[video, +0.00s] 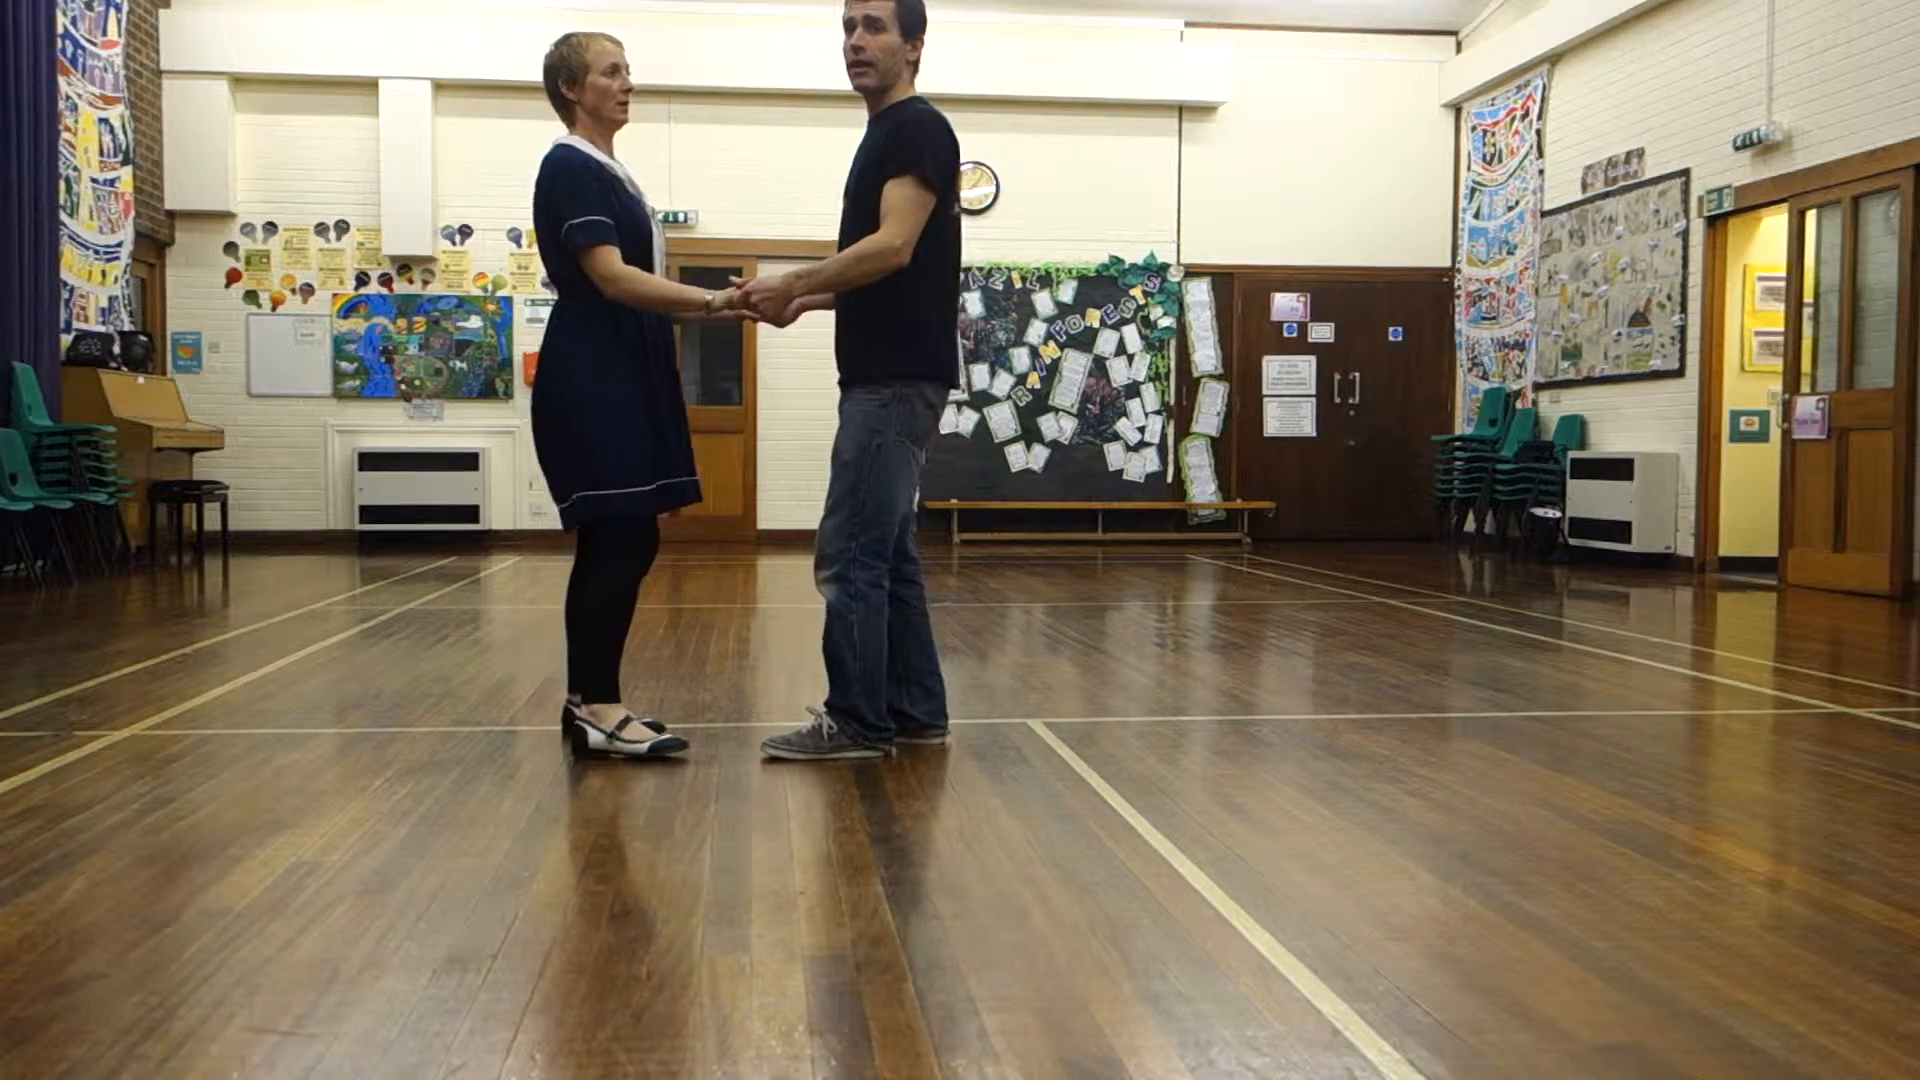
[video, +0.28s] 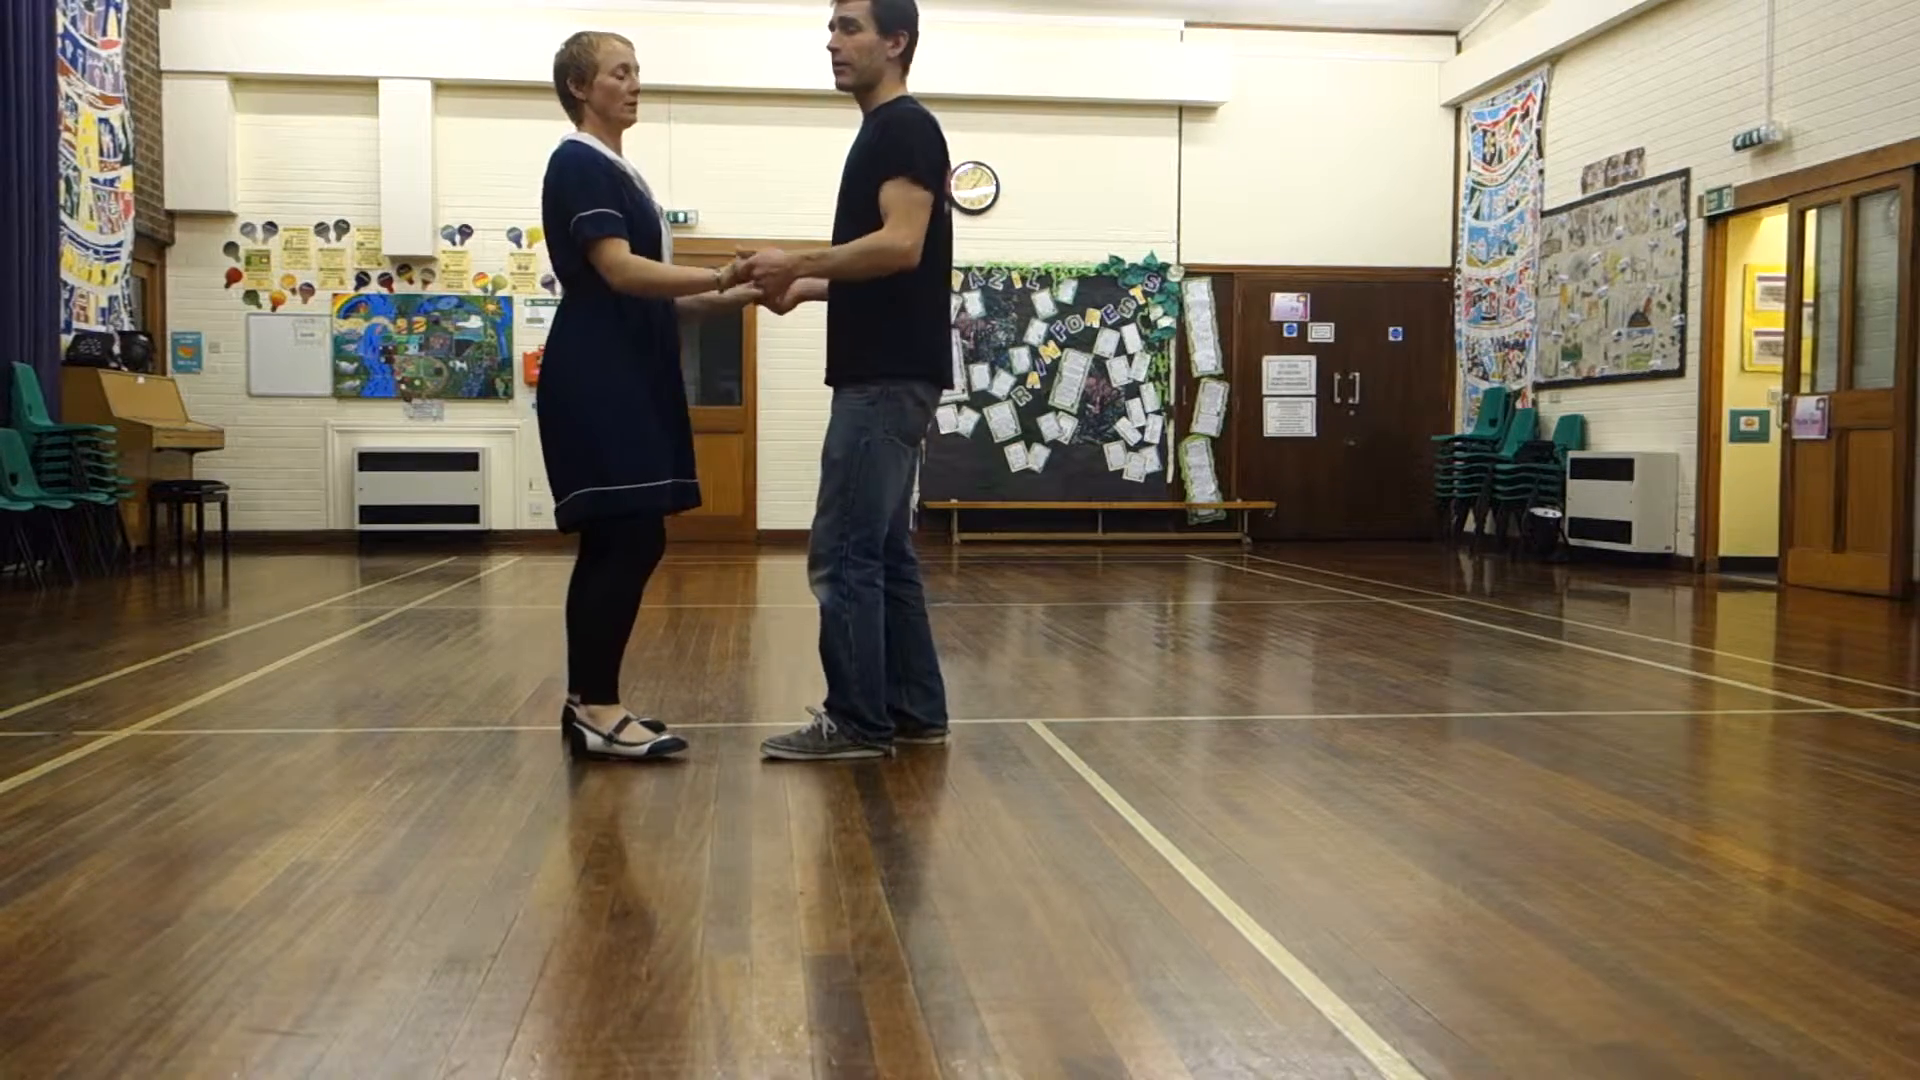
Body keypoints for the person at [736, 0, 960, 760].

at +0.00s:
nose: (855, 42)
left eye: (873, 27)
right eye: (848, 29)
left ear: (913, 45)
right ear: (845, 40)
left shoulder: (915, 127)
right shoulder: (885, 134)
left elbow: (894, 245)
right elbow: (872, 256)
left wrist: (796, 285)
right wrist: (799, 289)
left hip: (897, 378)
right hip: (883, 376)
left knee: (850, 553)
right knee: (887, 551)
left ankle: (855, 721)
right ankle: (916, 710)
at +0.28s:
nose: (832, 40)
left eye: (848, 28)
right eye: (832, 28)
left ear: (897, 44)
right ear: (870, 47)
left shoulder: (904, 126)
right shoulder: (882, 132)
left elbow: (902, 243)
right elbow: (886, 261)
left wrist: (799, 261)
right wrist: (804, 284)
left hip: (886, 378)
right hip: (882, 374)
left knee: (843, 554)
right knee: (884, 549)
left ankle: (856, 720)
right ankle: (915, 708)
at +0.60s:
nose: (833, 47)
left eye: (848, 34)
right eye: (835, 33)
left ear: (895, 48)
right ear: (875, 49)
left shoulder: (910, 129)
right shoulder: (880, 139)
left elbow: (927, 241)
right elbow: (878, 282)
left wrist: (822, 254)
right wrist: (793, 297)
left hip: (892, 383)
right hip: (880, 381)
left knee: (831, 552)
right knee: (877, 552)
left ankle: (855, 716)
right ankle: (914, 708)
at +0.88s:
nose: (856, 45)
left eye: (873, 32)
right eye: (850, 32)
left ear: (913, 50)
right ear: (844, 48)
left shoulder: (930, 129)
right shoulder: (858, 154)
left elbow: (948, 244)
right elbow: (855, 271)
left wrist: (857, 281)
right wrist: (776, 311)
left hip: (913, 375)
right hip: (875, 375)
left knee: (870, 555)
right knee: (871, 553)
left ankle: (912, 714)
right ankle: (899, 707)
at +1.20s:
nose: (867, 44)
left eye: (885, 31)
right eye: (855, 31)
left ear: (915, 51)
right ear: (841, 49)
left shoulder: (946, 132)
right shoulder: (832, 159)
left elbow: (985, 246)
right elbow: (814, 272)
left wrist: (929, 286)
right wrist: (755, 274)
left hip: (928, 376)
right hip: (863, 380)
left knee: (917, 555)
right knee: (869, 559)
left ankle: (945, 711)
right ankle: (895, 708)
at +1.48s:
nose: (890, 61)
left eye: (898, 47)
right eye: (886, 46)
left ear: (916, 53)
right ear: (870, 47)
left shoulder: (951, 131)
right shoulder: (837, 136)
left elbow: (990, 238)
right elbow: (804, 244)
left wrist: (968, 298)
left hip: (928, 369)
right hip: (855, 369)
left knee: (927, 553)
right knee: (869, 550)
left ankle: (945, 715)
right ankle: (888, 703)